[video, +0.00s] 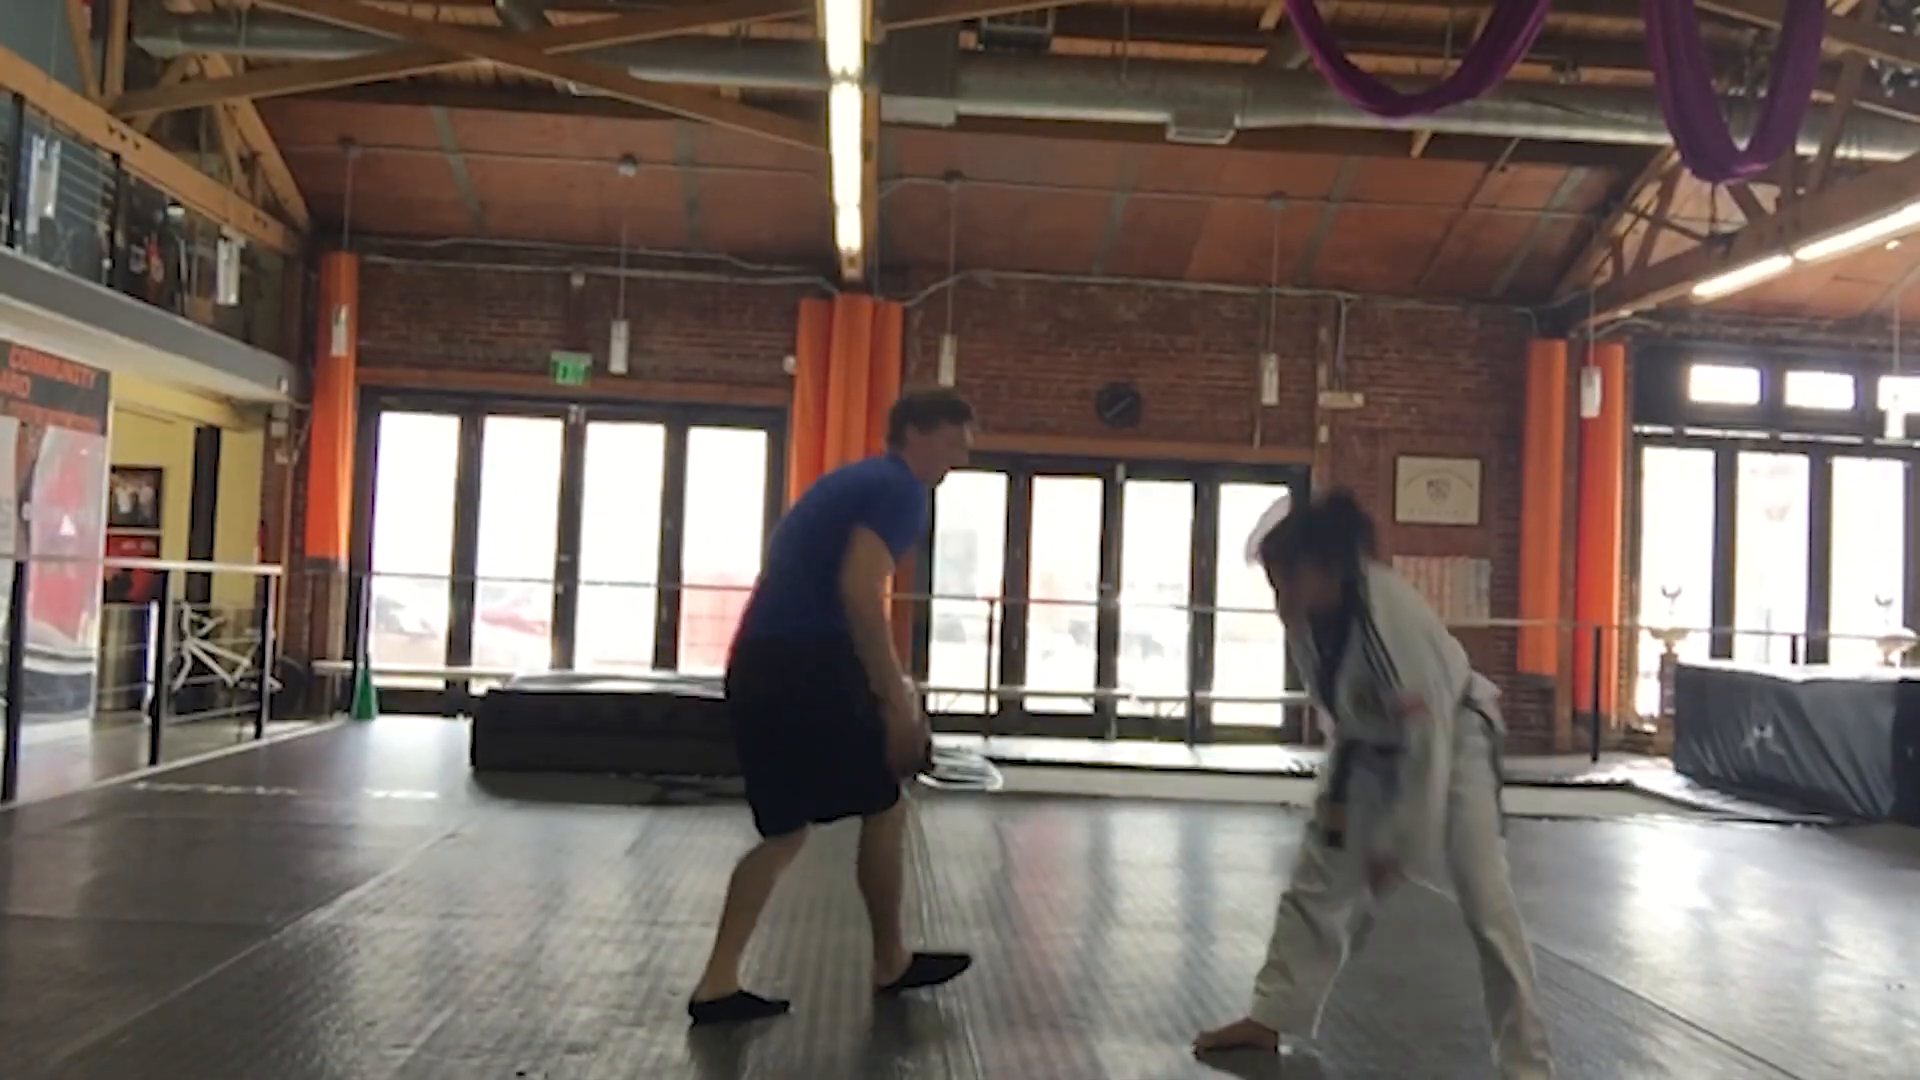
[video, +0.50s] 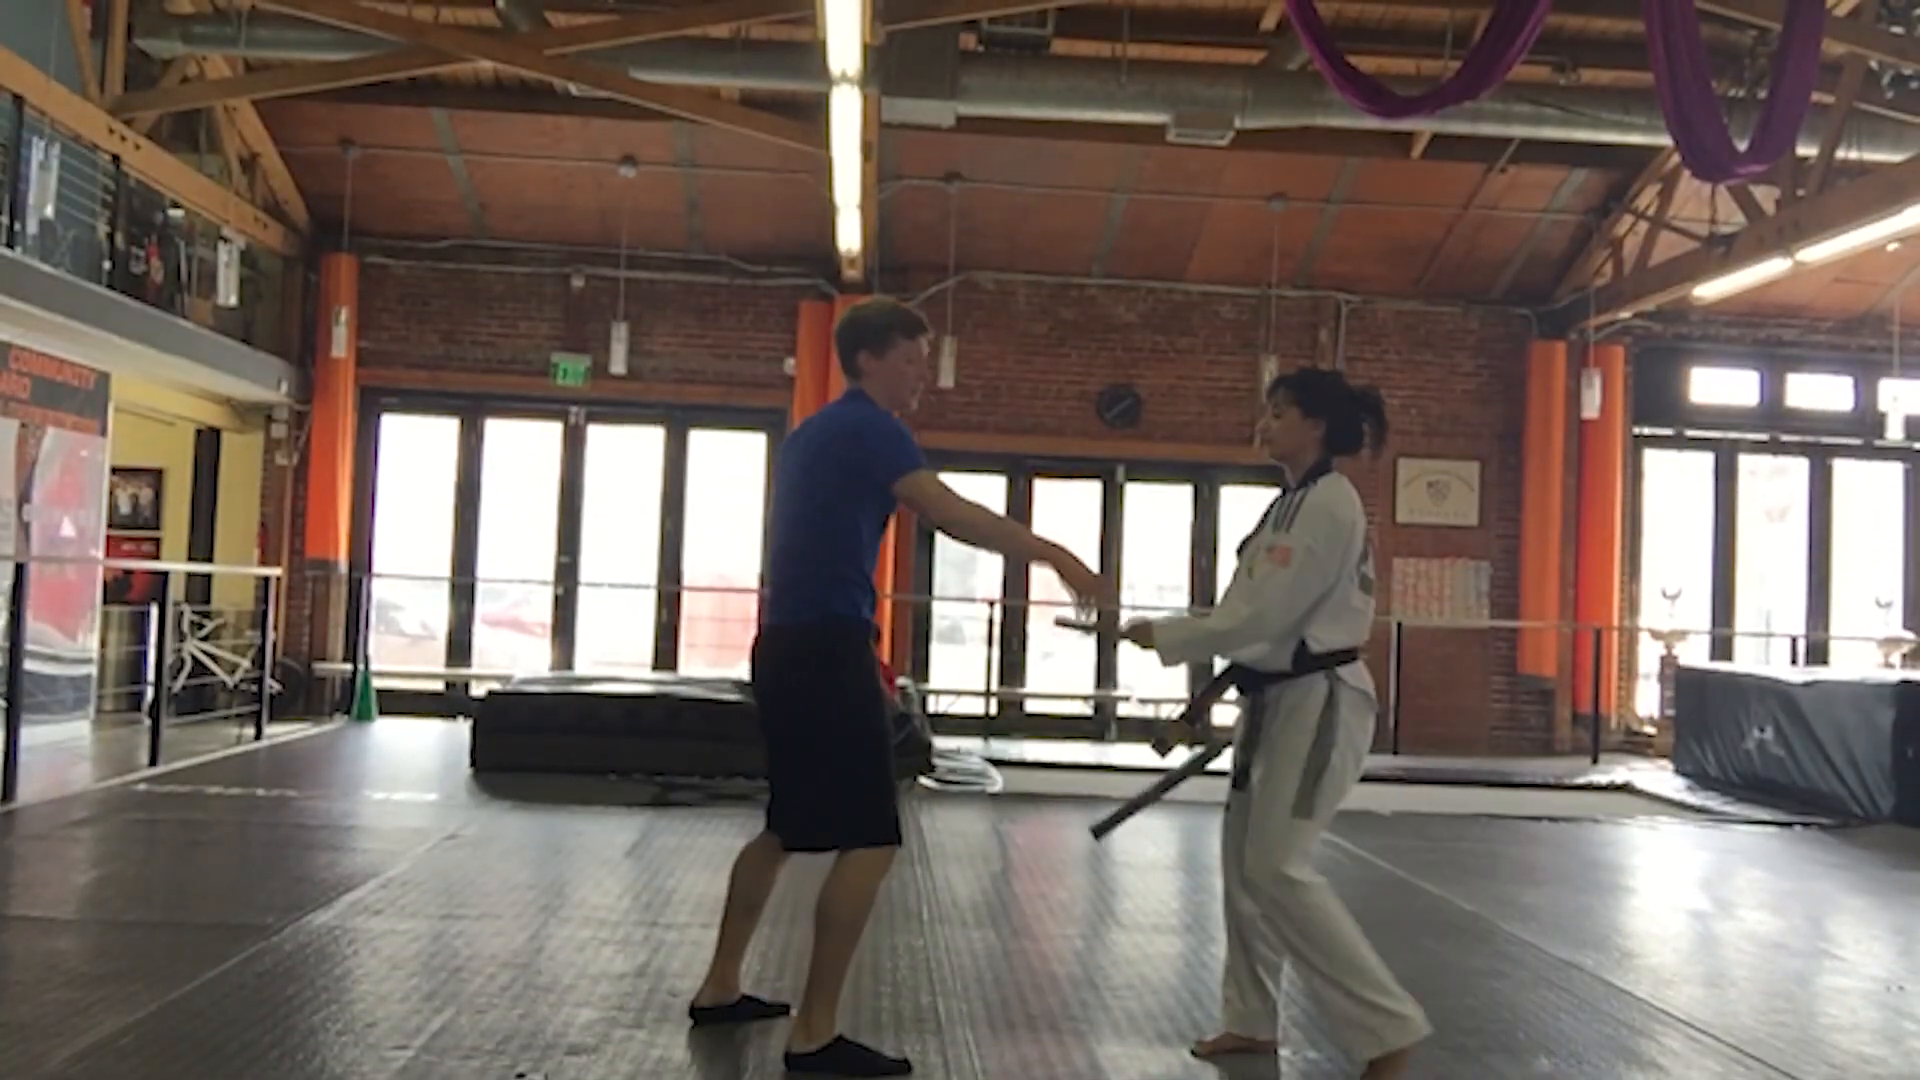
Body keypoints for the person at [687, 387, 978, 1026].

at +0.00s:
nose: (961, 457)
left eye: (964, 445)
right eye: (955, 442)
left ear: (906, 436)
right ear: (918, 433)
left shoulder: (854, 480)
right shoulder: (897, 487)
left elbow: (851, 601)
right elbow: (859, 593)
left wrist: (899, 690)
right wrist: (898, 698)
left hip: (758, 668)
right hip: (814, 669)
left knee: (784, 829)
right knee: (884, 804)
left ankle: (716, 986)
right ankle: (893, 963)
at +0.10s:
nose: (949, 424)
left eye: (950, 410)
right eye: (940, 410)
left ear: (894, 412)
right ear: (896, 406)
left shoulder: (842, 458)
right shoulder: (881, 463)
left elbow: (812, 569)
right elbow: (844, 555)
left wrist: (870, 646)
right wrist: (905, 640)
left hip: (757, 656)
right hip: (812, 656)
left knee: (779, 824)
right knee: (889, 805)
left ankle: (716, 988)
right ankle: (861, 978)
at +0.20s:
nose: (930, 405)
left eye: (932, 391)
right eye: (920, 390)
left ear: (873, 393)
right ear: (876, 388)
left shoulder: (825, 448)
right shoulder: (863, 445)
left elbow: (786, 560)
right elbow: (852, 534)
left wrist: (855, 647)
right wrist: (956, 602)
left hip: (762, 650)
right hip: (811, 649)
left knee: (782, 822)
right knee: (893, 807)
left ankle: (715, 990)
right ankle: (830, 989)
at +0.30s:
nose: (920, 394)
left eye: (922, 380)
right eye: (909, 379)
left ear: (862, 382)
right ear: (865, 375)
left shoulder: (814, 443)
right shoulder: (852, 438)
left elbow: (793, 566)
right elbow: (890, 526)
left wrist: (856, 647)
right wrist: (1006, 567)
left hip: (770, 650)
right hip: (808, 650)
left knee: (785, 821)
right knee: (886, 815)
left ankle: (715, 991)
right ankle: (815, 1010)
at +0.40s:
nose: (920, 381)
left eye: (921, 367)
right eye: (909, 367)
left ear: (857, 373)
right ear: (863, 367)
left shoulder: (812, 437)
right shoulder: (861, 437)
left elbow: (811, 568)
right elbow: (940, 520)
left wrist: (863, 654)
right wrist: (1050, 549)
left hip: (776, 651)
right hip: (818, 653)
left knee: (783, 826)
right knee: (868, 834)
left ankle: (717, 989)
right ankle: (814, 1030)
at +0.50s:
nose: (926, 376)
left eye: (927, 361)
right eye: (916, 360)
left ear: (861, 365)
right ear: (869, 358)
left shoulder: (813, 431)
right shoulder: (869, 427)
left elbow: (819, 567)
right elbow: (951, 515)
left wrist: (868, 667)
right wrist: (1058, 555)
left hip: (784, 653)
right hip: (831, 657)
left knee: (787, 828)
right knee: (872, 843)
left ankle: (718, 988)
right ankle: (814, 1036)